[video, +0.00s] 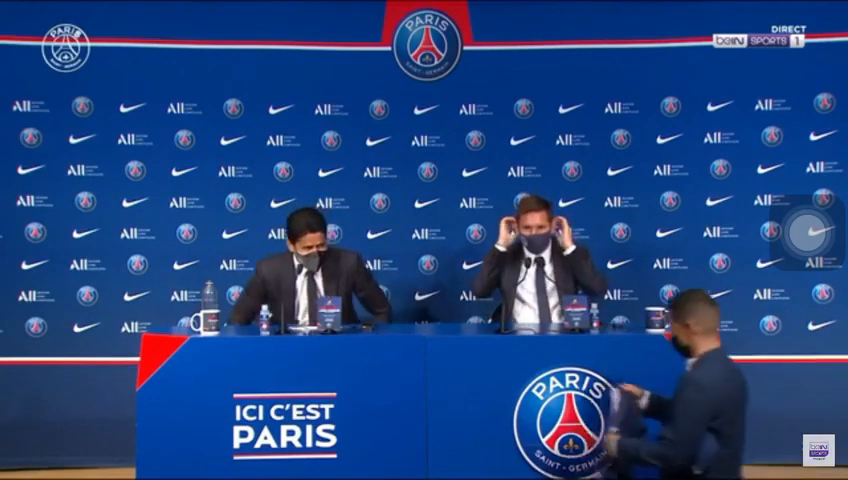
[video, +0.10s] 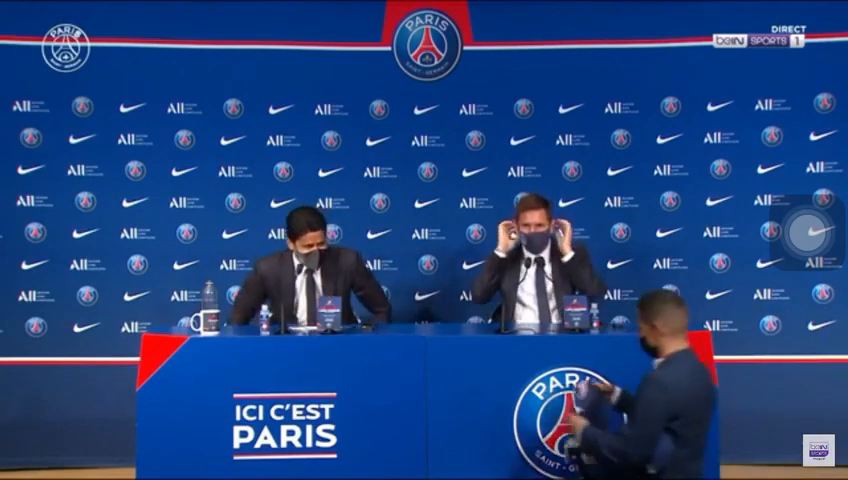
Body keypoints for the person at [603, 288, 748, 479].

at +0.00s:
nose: (672, 334)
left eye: (673, 326)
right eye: (672, 327)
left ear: (690, 328)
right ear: (715, 325)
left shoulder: (699, 380)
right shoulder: (728, 371)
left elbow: (674, 454)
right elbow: (693, 414)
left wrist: (620, 446)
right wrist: (645, 400)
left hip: (699, 474)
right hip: (724, 472)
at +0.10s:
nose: (639, 335)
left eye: (641, 328)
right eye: (639, 328)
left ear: (657, 329)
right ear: (682, 325)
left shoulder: (659, 382)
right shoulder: (699, 372)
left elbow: (633, 452)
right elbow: (661, 417)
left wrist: (585, 431)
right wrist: (615, 396)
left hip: (661, 474)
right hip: (689, 471)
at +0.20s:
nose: (620, 330)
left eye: (621, 324)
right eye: (620, 324)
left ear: (635, 327)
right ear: (663, 322)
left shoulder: (633, 379)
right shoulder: (681, 370)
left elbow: (602, 450)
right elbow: (647, 412)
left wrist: (568, 421)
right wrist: (598, 404)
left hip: (637, 473)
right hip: (671, 470)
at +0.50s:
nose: (553, 324)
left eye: (553, 319)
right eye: (552, 319)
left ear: (563, 323)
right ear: (596, 320)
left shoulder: (549, 376)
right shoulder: (616, 366)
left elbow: (520, 445)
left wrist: (498, 415)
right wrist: (541, 360)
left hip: (561, 471)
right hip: (601, 469)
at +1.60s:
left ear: (382, 313)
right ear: (420, 307)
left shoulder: (376, 365)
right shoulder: (446, 333)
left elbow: (377, 436)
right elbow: (428, 310)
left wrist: (381, 449)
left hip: (417, 464)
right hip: (466, 458)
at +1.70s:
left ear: (377, 314)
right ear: (414, 307)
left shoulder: (371, 365)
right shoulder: (442, 332)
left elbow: (373, 442)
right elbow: (433, 316)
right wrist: (424, 303)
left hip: (412, 464)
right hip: (462, 459)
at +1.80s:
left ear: (376, 313)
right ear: (414, 306)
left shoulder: (369, 366)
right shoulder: (441, 332)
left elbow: (372, 442)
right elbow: (436, 314)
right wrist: (427, 303)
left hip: (411, 466)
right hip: (461, 461)